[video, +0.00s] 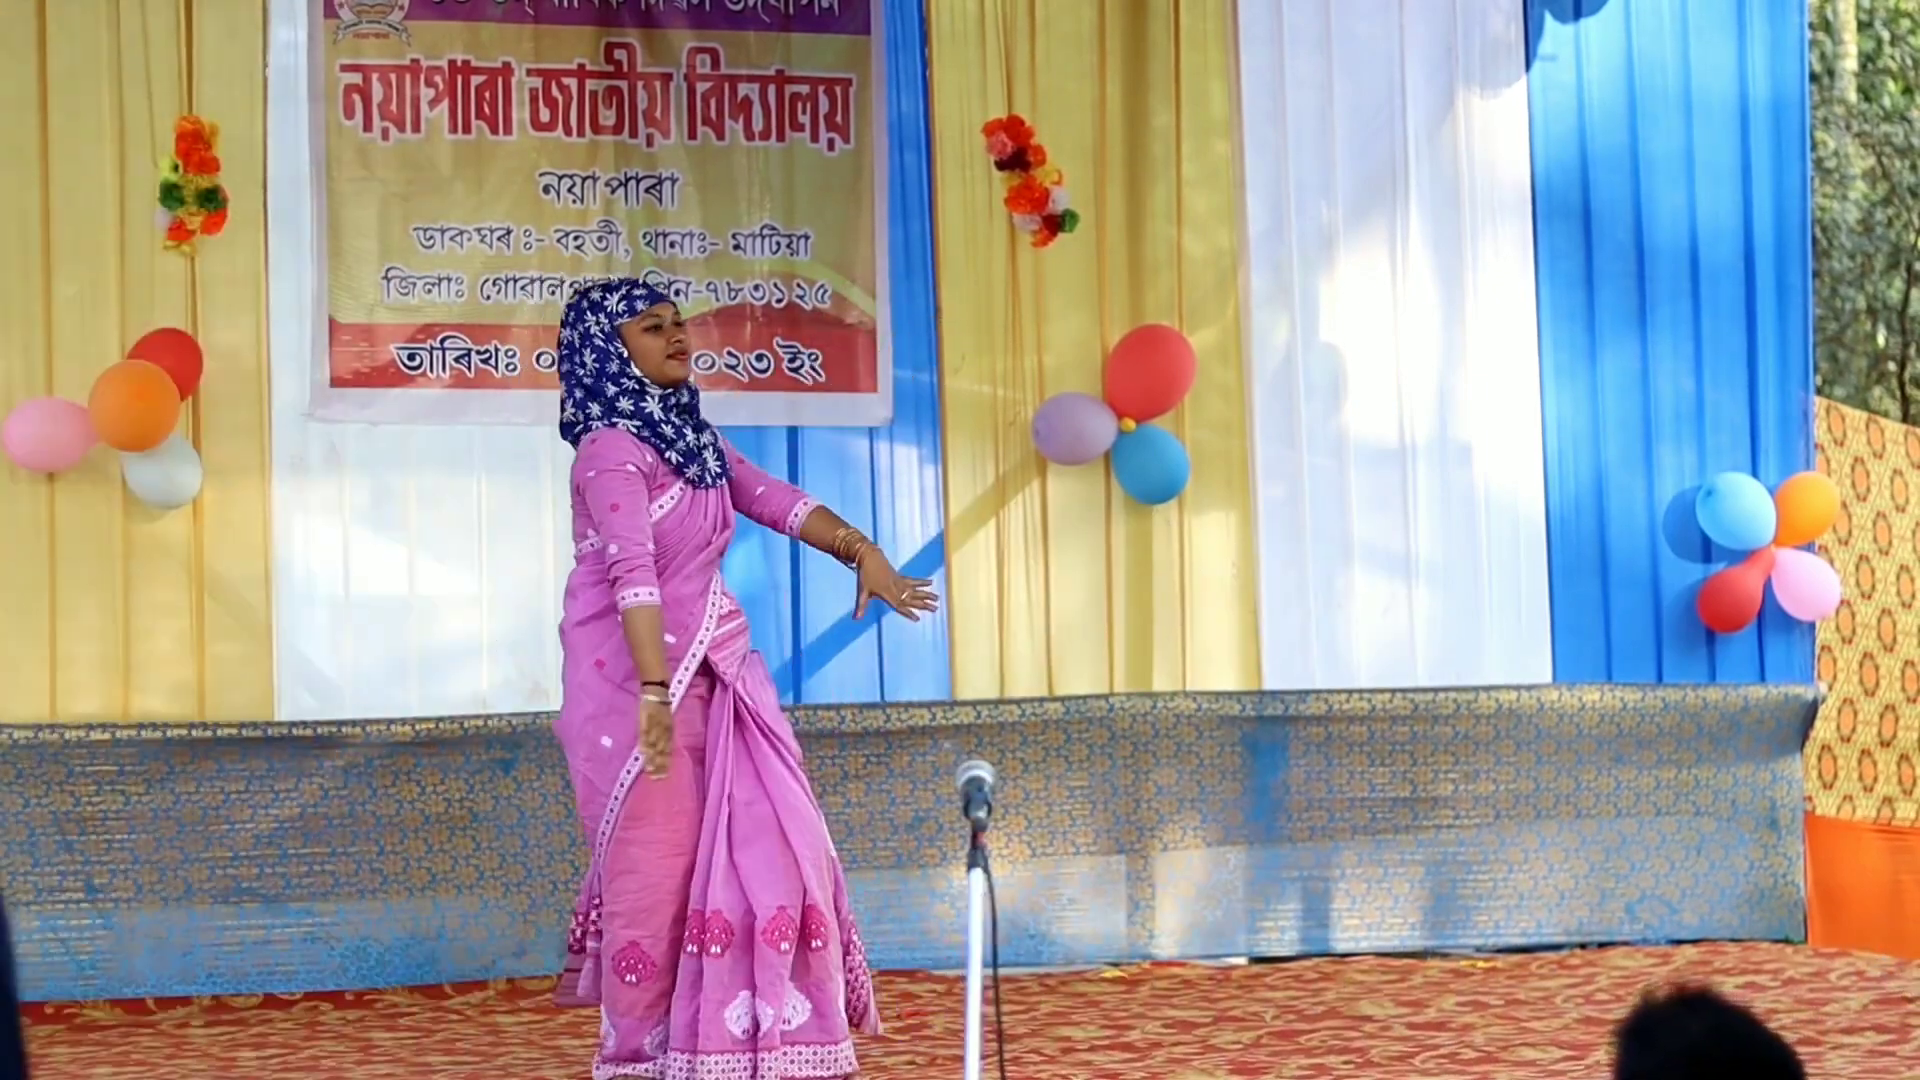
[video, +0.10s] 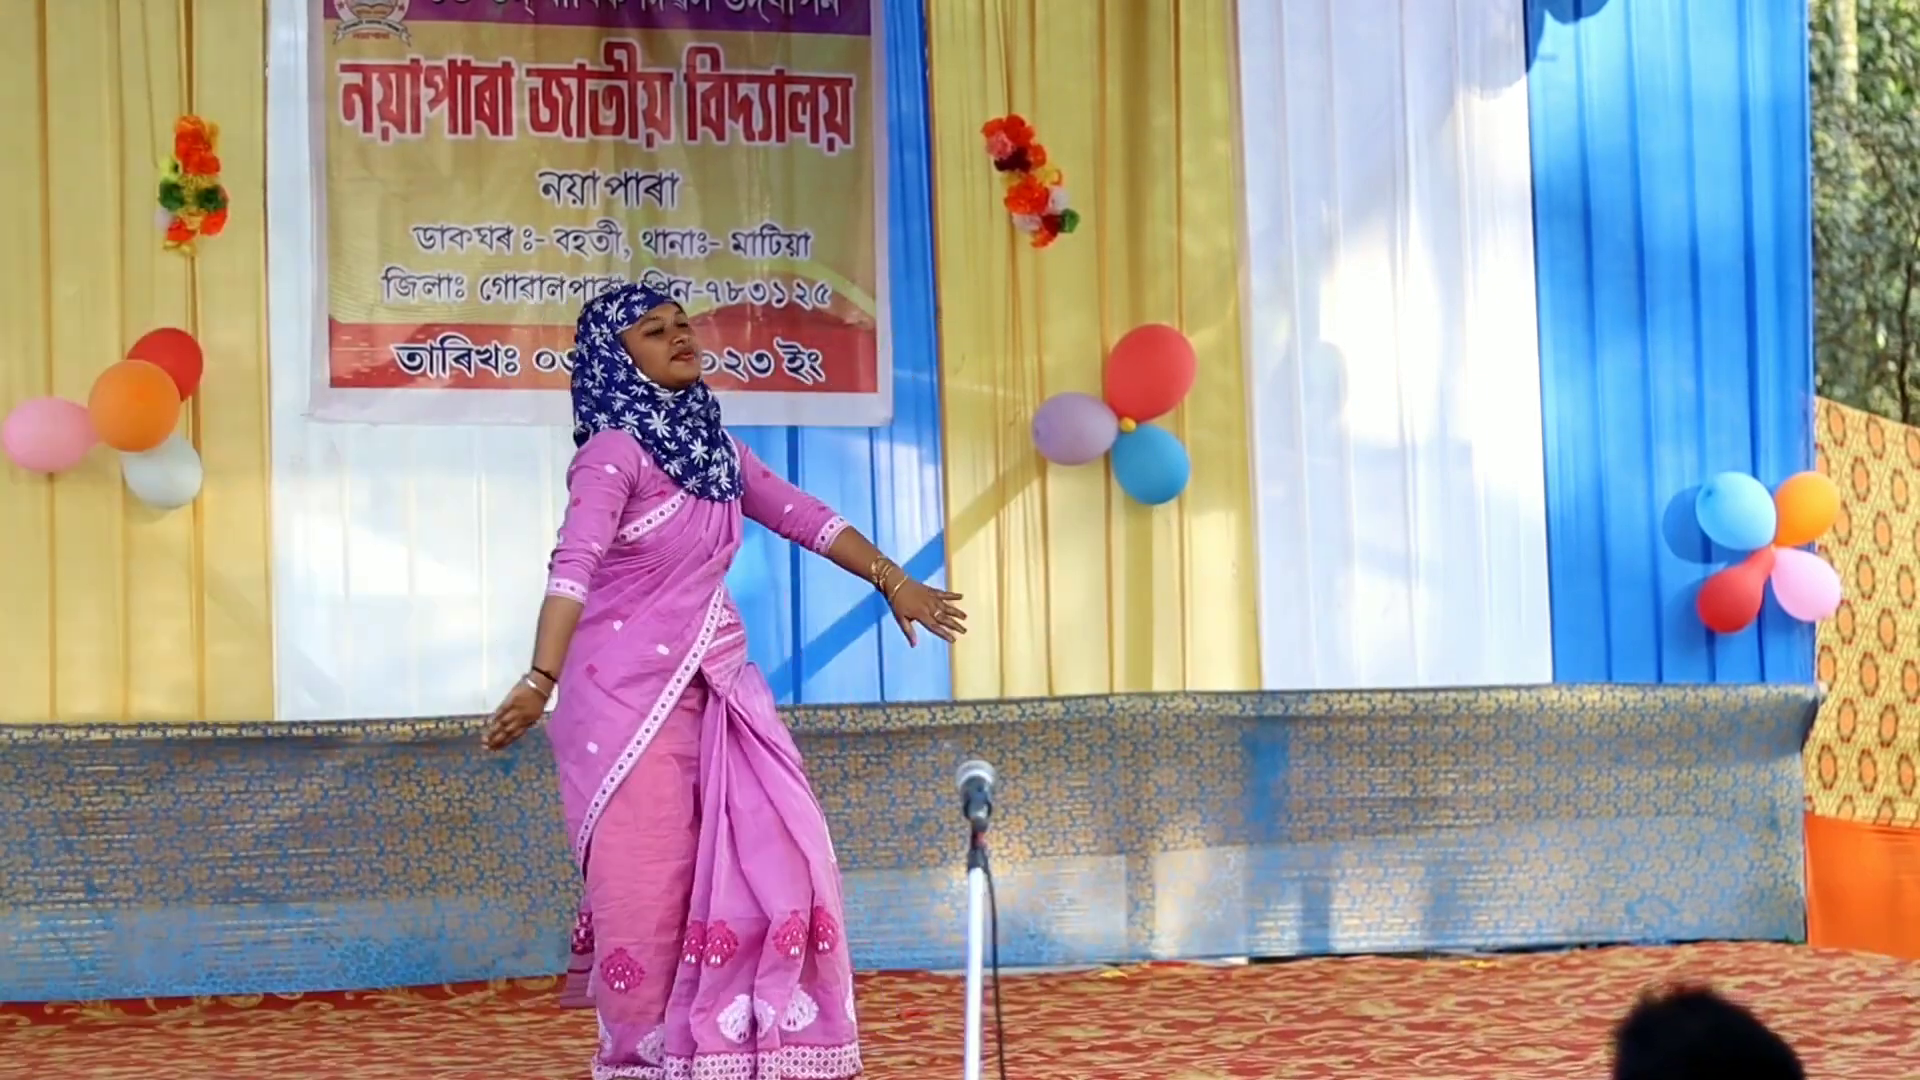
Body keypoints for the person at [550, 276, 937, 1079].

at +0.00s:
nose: (679, 339)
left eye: (677, 326)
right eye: (657, 330)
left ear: (678, 341)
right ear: (611, 353)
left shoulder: (689, 435)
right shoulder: (612, 450)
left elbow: (772, 498)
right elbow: (632, 576)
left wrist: (862, 550)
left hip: (711, 669)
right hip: (631, 678)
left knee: (760, 839)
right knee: (659, 857)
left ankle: (759, 1041)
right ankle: (642, 1049)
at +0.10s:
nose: (682, 337)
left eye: (682, 325)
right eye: (657, 331)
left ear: (694, 340)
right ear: (617, 359)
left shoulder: (709, 442)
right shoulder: (615, 450)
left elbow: (798, 514)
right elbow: (572, 568)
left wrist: (890, 576)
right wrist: (541, 680)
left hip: (714, 690)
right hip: (625, 700)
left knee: (771, 856)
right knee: (647, 884)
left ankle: (755, 1054)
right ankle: (646, 1060)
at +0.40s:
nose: (707, 295)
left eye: (720, 283)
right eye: (689, 286)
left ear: (746, 303)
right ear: (660, 309)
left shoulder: (768, 404)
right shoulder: (630, 388)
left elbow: (865, 474)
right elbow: (528, 445)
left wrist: (926, 400)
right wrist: (531, 349)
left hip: (766, 638)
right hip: (663, 639)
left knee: (777, 821)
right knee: (648, 833)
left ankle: (775, 1030)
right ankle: (641, 1038)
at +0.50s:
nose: (714, 295)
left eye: (729, 282)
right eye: (695, 286)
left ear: (757, 300)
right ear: (673, 309)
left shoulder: (781, 402)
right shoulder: (646, 385)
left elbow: (882, 470)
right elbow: (536, 414)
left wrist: (916, 377)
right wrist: (615, 347)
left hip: (772, 626)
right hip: (671, 629)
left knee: (784, 813)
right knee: (664, 816)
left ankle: (787, 1026)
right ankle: (652, 1029)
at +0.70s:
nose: (737, 376)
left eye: (750, 359)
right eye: (720, 370)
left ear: (787, 373)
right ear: (703, 391)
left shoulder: (811, 474)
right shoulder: (680, 459)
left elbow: (908, 496)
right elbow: (588, 423)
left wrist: (866, 408)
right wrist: (693, 413)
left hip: (801, 693)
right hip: (696, 695)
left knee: (816, 849)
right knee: (697, 847)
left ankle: (794, 1035)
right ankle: (690, 1040)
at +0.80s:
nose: (733, 364)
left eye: (753, 350)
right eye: (721, 354)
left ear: (793, 373)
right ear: (707, 376)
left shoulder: (814, 469)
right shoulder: (682, 451)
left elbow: (888, 492)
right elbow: (588, 431)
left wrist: (847, 412)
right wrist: (667, 399)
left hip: (798, 688)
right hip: (689, 687)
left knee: (827, 836)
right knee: (678, 809)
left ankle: (808, 1023)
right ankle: (678, 1016)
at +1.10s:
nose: (738, 341)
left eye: (760, 330)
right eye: (728, 334)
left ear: (803, 358)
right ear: (714, 357)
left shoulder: (827, 453)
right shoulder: (683, 430)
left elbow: (770, 427)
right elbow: (615, 412)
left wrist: (696, 379)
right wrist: (615, 358)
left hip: (735, 650)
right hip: (629, 635)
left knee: (751, 826)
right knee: (599, 819)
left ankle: (754, 1027)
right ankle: (592, 1027)